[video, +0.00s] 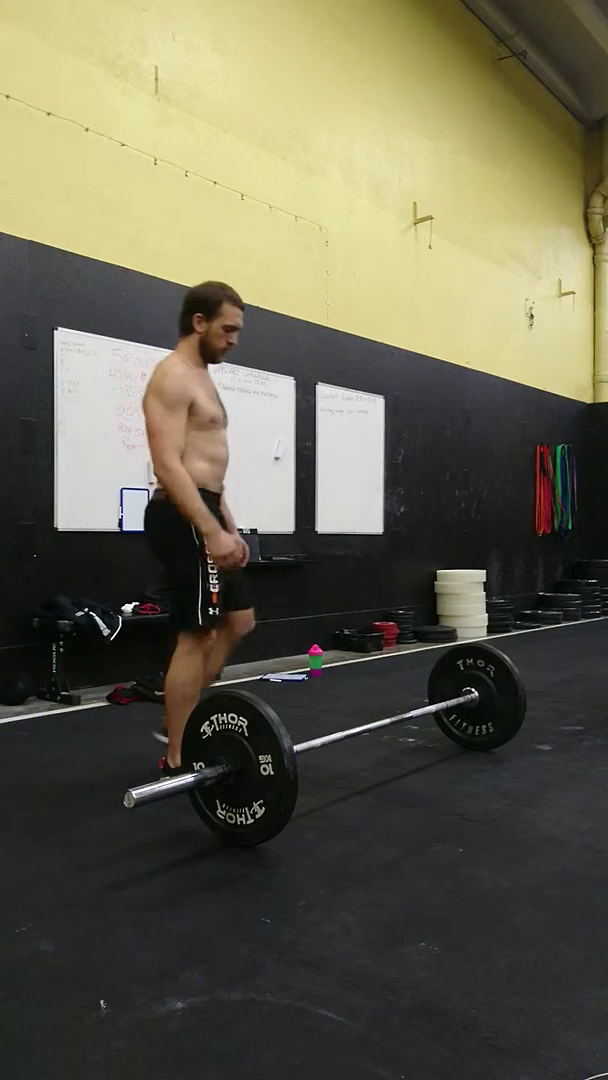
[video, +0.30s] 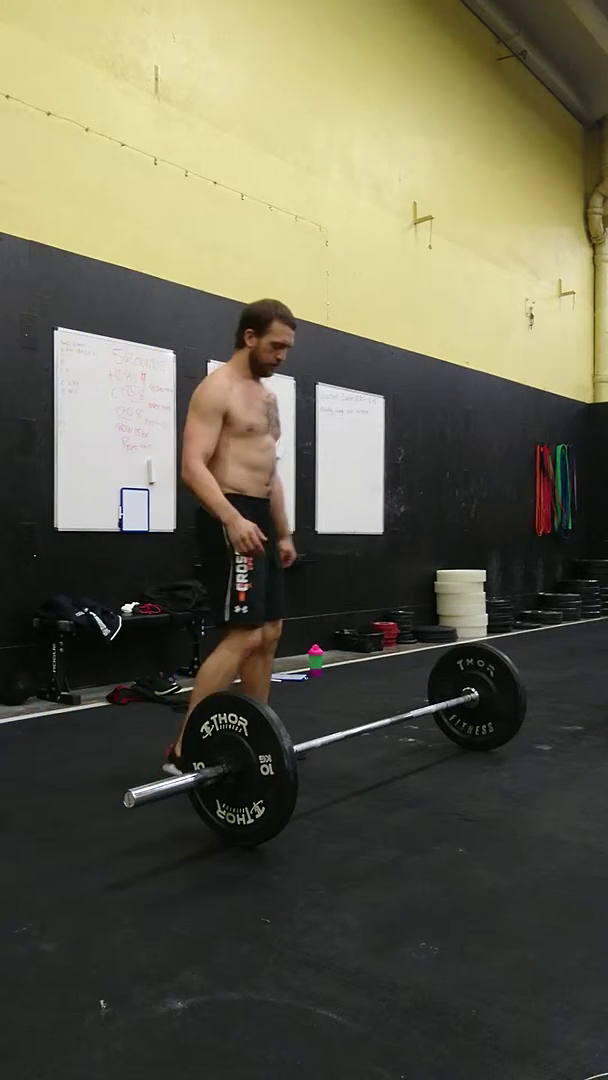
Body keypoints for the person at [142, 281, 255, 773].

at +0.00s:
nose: (234, 339)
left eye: (237, 330)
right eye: (229, 329)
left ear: (208, 326)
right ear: (198, 323)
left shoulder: (198, 374)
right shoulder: (172, 376)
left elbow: (204, 466)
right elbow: (167, 466)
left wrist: (227, 524)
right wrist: (210, 532)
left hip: (206, 512)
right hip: (181, 514)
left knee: (238, 621)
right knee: (196, 635)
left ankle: (180, 721)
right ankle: (177, 758)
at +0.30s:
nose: (282, 356)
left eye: (287, 348)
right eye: (275, 346)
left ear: (284, 346)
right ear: (249, 338)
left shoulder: (267, 393)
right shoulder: (216, 388)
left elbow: (268, 471)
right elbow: (192, 467)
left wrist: (283, 531)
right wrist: (232, 520)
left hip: (260, 517)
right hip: (226, 516)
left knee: (267, 634)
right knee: (243, 634)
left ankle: (253, 742)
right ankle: (185, 745)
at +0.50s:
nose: (308, 360)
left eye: (313, 352)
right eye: (303, 349)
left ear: (317, 349)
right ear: (276, 339)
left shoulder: (297, 397)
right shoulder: (239, 388)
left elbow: (302, 469)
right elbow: (205, 465)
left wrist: (328, 522)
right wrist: (221, 529)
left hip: (280, 510)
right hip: (250, 506)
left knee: (270, 625)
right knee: (282, 621)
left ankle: (251, 726)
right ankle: (246, 726)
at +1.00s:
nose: (347, 356)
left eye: (353, 349)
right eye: (342, 346)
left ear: (353, 346)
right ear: (315, 335)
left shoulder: (333, 397)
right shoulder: (279, 384)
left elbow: (339, 473)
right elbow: (254, 463)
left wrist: (366, 531)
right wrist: (263, 535)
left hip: (324, 515)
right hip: (289, 512)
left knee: (352, 621)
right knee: (302, 635)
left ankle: (284, 696)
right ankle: (304, 748)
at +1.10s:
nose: (357, 355)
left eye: (363, 347)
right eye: (351, 345)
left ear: (363, 344)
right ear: (324, 334)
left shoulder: (341, 395)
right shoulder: (288, 381)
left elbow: (346, 472)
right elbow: (264, 457)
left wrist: (373, 531)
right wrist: (283, 528)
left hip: (332, 516)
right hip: (294, 515)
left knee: (363, 619)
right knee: (303, 636)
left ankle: (318, 717)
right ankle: (302, 749)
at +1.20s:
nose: (365, 355)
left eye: (372, 347)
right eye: (360, 344)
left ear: (372, 344)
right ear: (334, 333)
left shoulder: (351, 396)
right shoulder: (296, 381)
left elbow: (355, 472)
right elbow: (272, 456)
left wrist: (380, 531)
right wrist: (301, 519)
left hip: (339, 515)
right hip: (298, 515)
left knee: (362, 627)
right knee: (304, 636)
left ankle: (352, 737)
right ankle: (303, 749)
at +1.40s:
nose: (382, 354)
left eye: (388, 347)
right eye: (376, 344)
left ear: (388, 344)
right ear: (349, 333)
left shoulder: (373, 397)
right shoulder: (310, 383)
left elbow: (377, 472)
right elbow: (289, 459)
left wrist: (396, 536)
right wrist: (318, 519)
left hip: (358, 518)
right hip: (317, 516)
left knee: (361, 636)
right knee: (328, 636)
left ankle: (366, 743)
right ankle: (304, 747)